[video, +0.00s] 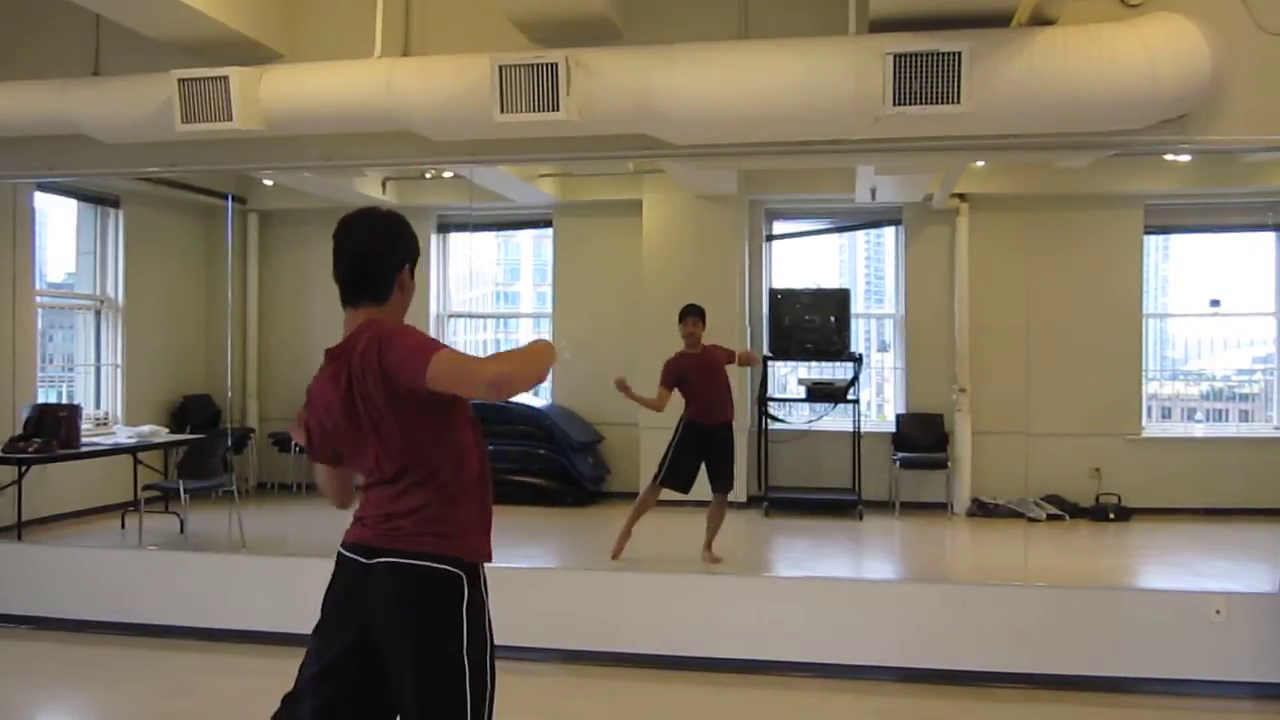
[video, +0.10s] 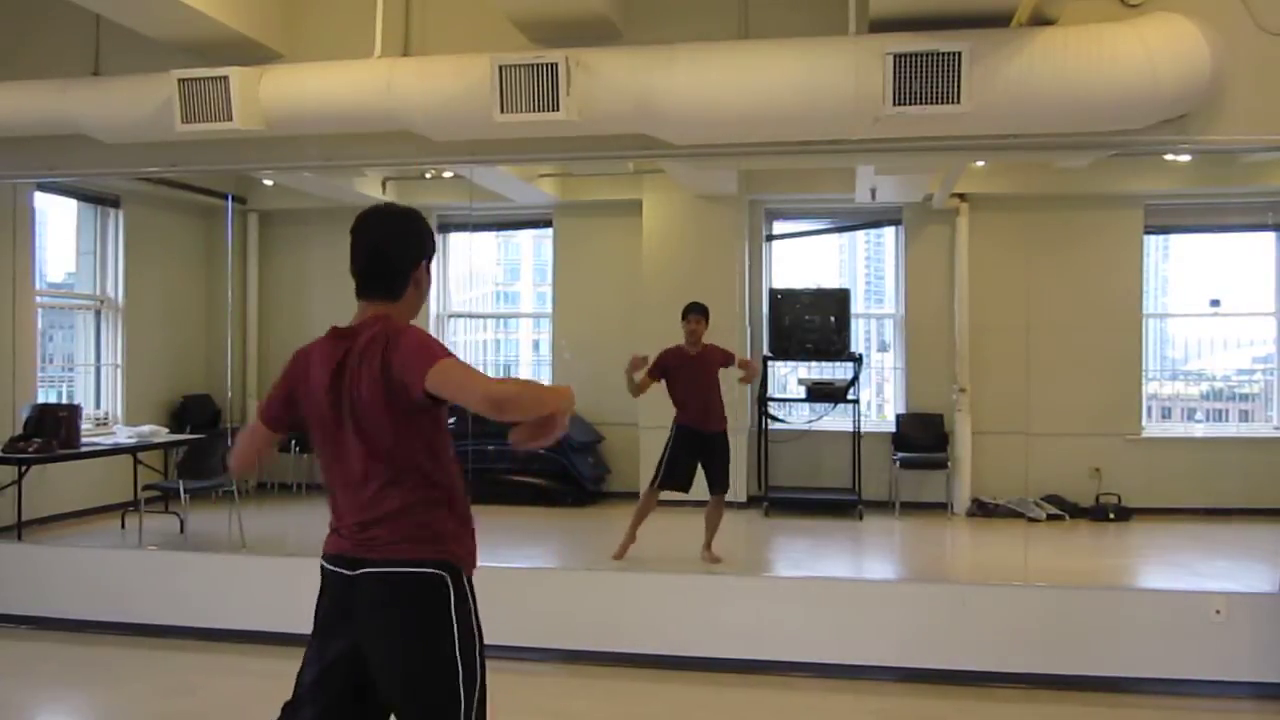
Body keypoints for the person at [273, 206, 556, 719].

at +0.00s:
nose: (416, 282)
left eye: (416, 270)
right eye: (415, 270)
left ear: (341, 276)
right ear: (404, 276)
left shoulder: (327, 378)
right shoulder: (396, 345)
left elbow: (337, 491)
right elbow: (490, 381)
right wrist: (545, 349)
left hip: (359, 574)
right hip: (435, 582)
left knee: (317, 709)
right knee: (451, 711)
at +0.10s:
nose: (430, 280)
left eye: (428, 266)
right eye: (429, 268)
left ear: (357, 269)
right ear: (421, 274)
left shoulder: (310, 360)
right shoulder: (407, 345)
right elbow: (490, 398)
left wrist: (265, 430)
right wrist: (561, 398)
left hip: (344, 587)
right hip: (423, 589)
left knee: (318, 711)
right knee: (446, 711)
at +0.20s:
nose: (435, 291)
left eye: (433, 278)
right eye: (435, 279)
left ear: (362, 276)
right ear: (425, 285)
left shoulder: (296, 350)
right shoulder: (409, 365)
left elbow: (213, 423)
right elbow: (537, 442)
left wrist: (291, 420)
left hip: (315, 597)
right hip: (398, 595)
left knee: (311, 711)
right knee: (446, 711)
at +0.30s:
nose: (426, 294)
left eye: (424, 280)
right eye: (426, 281)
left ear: (353, 275)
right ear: (416, 284)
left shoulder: (291, 354)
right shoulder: (401, 372)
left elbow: (232, 462)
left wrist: (297, 464)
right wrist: (487, 513)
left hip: (288, 593)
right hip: (370, 594)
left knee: (287, 711)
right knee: (422, 711)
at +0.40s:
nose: (397, 277)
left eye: (396, 263)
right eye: (396, 262)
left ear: (322, 265)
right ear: (384, 264)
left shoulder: (277, 351)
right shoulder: (397, 357)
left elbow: (270, 464)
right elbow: (413, 504)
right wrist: (430, 530)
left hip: (276, 583)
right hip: (362, 587)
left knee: (252, 711)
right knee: (398, 712)